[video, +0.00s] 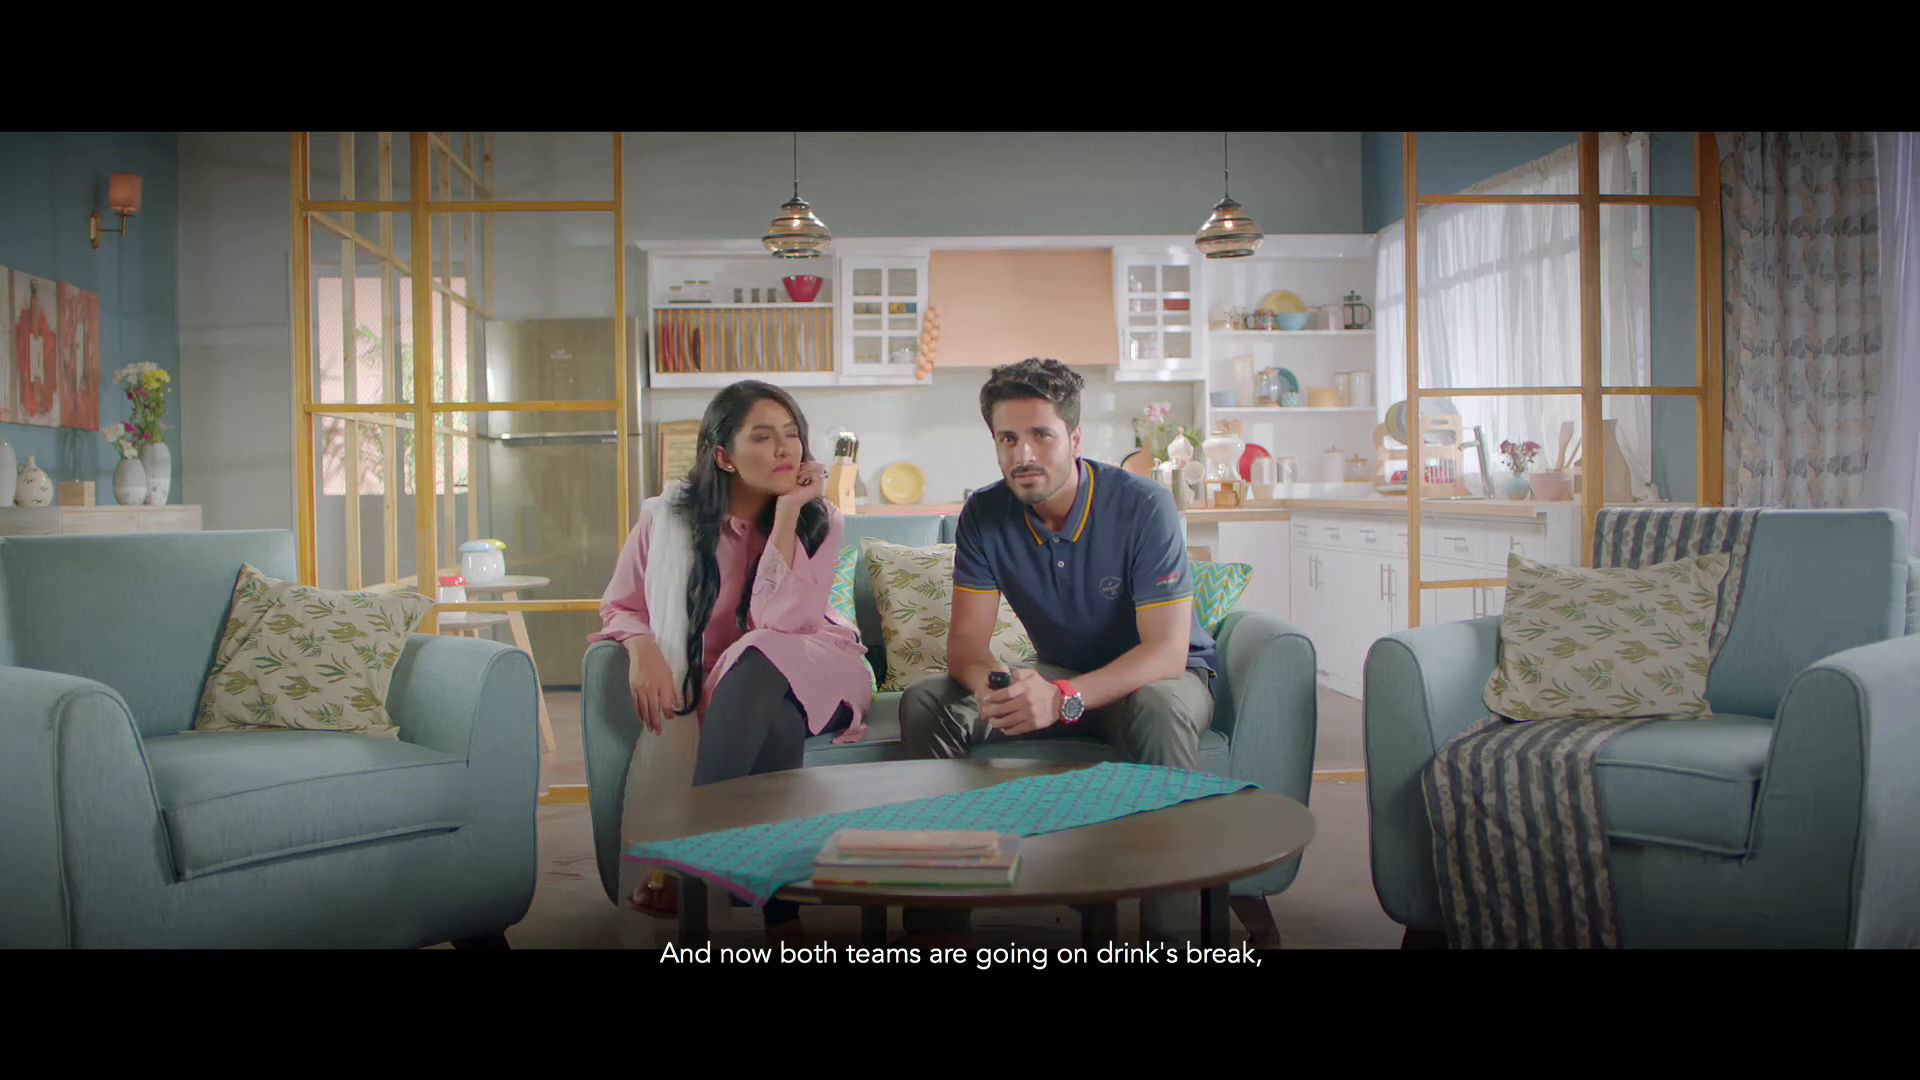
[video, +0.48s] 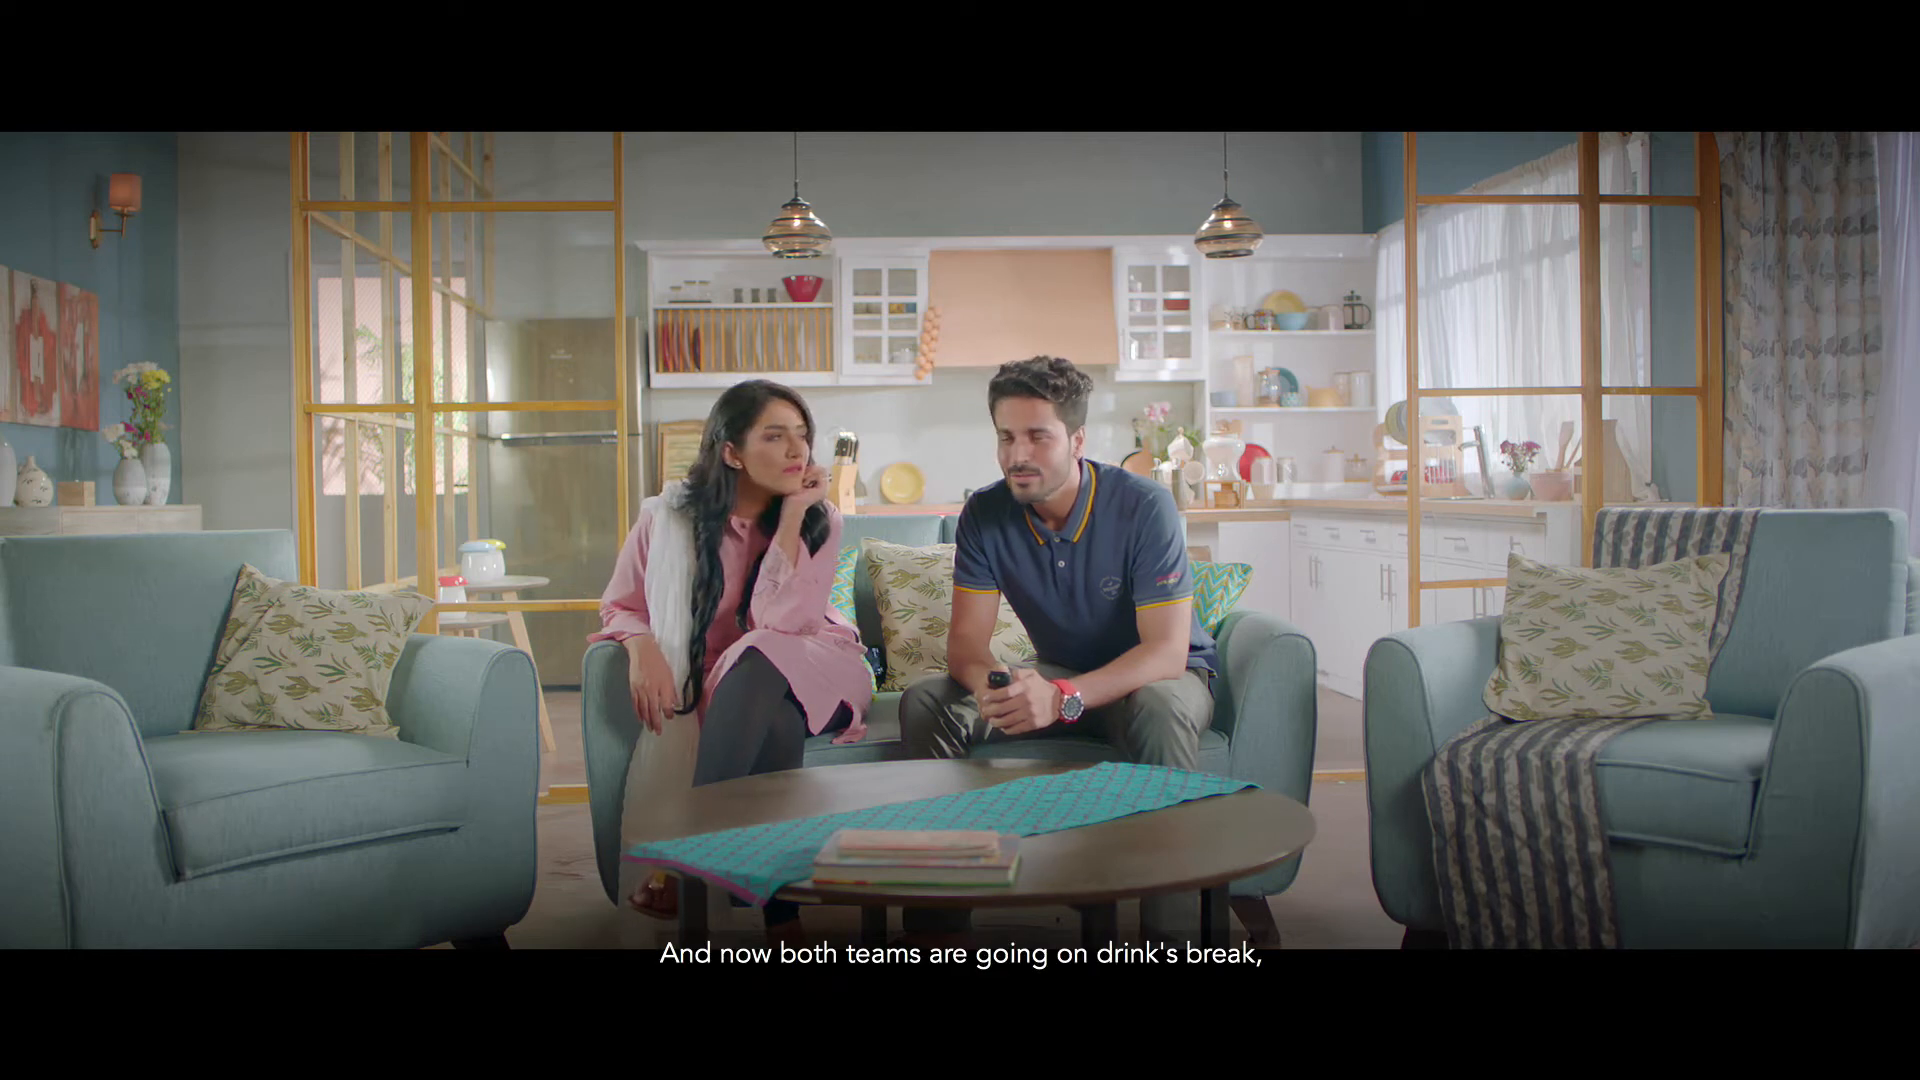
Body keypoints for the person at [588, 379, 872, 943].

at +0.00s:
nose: (785, 448)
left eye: (792, 433)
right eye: (764, 436)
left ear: (803, 445)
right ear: (724, 456)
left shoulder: (816, 520)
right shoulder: (664, 517)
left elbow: (784, 623)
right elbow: (621, 610)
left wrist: (786, 519)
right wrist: (641, 642)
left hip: (822, 670)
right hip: (721, 680)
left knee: (758, 656)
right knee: (777, 721)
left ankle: (687, 863)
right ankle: (780, 910)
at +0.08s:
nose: (790, 448)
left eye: (795, 434)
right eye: (769, 435)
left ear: (805, 445)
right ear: (727, 454)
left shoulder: (815, 519)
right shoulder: (663, 517)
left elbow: (783, 622)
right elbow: (620, 611)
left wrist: (788, 517)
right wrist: (640, 641)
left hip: (821, 669)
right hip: (722, 679)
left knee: (757, 656)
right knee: (777, 721)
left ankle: (687, 863)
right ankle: (780, 909)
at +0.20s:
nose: (794, 448)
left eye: (798, 434)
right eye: (773, 435)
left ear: (808, 446)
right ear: (730, 453)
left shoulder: (816, 520)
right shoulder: (664, 516)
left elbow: (781, 622)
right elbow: (620, 610)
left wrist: (789, 520)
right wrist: (641, 642)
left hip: (821, 669)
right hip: (722, 680)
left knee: (756, 657)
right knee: (777, 721)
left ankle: (687, 864)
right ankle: (780, 910)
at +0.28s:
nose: (795, 448)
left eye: (800, 435)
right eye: (775, 435)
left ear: (809, 445)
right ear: (731, 453)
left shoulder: (816, 520)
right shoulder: (664, 516)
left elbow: (782, 622)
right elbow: (620, 609)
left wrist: (790, 519)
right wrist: (641, 642)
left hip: (820, 669)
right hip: (722, 680)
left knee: (756, 657)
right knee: (778, 720)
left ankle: (688, 865)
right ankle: (779, 907)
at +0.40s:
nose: (796, 448)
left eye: (801, 435)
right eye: (775, 435)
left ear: (810, 446)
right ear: (732, 453)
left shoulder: (816, 520)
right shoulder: (664, 516)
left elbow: (783, 622)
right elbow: (620, 610)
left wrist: (791, 519)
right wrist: (640, 641)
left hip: (820, 669)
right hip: (722, 680)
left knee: (756, 657)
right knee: (777, 721)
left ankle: (687, 865)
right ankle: (780, 909)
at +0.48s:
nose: (797, 449)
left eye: (802, 435)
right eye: (775, 435)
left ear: (811, 446)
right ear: (732, 453)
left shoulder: (817, 521)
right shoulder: (665, 516)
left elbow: (782, 623)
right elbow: (620, 610)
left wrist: (791, 519)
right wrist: (642, 641)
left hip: (820, 668)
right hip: (723, 679)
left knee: (757, 657)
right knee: (778, 720)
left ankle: (688, 865)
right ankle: (779, 907)